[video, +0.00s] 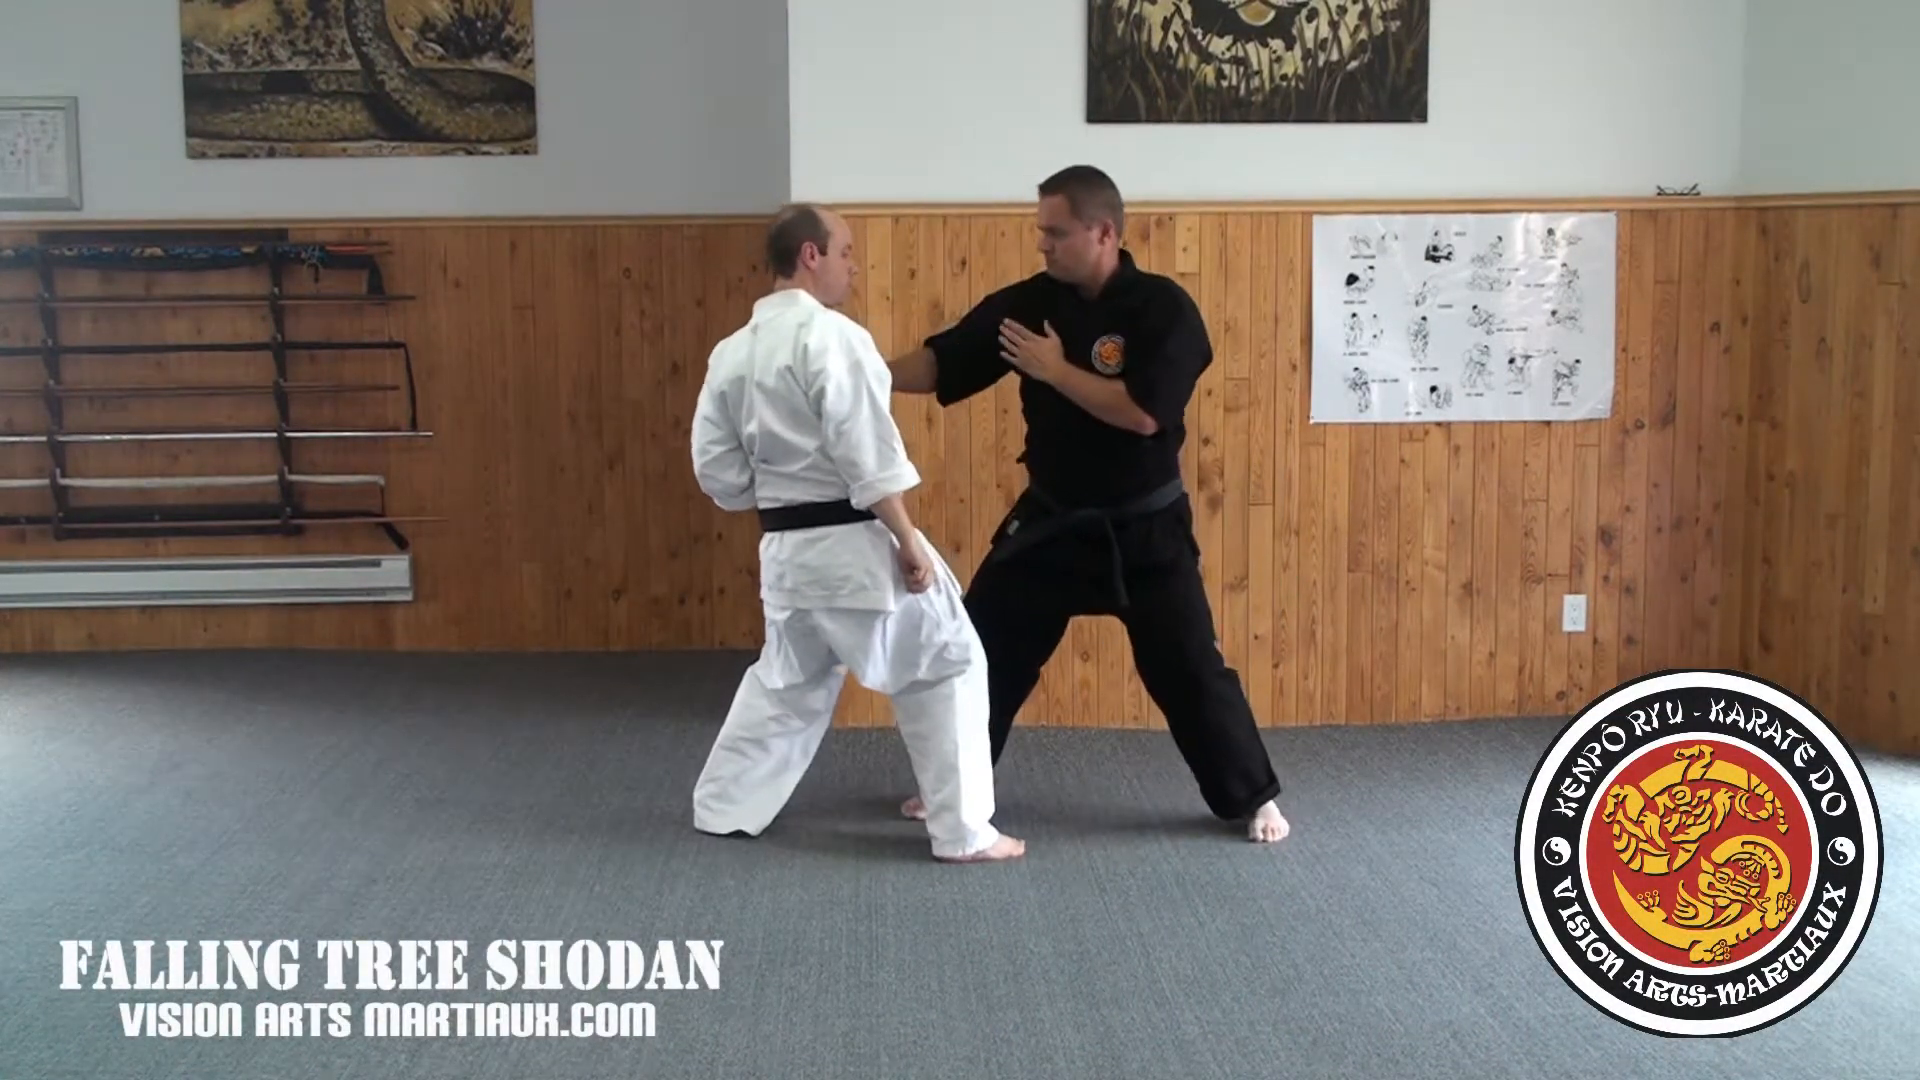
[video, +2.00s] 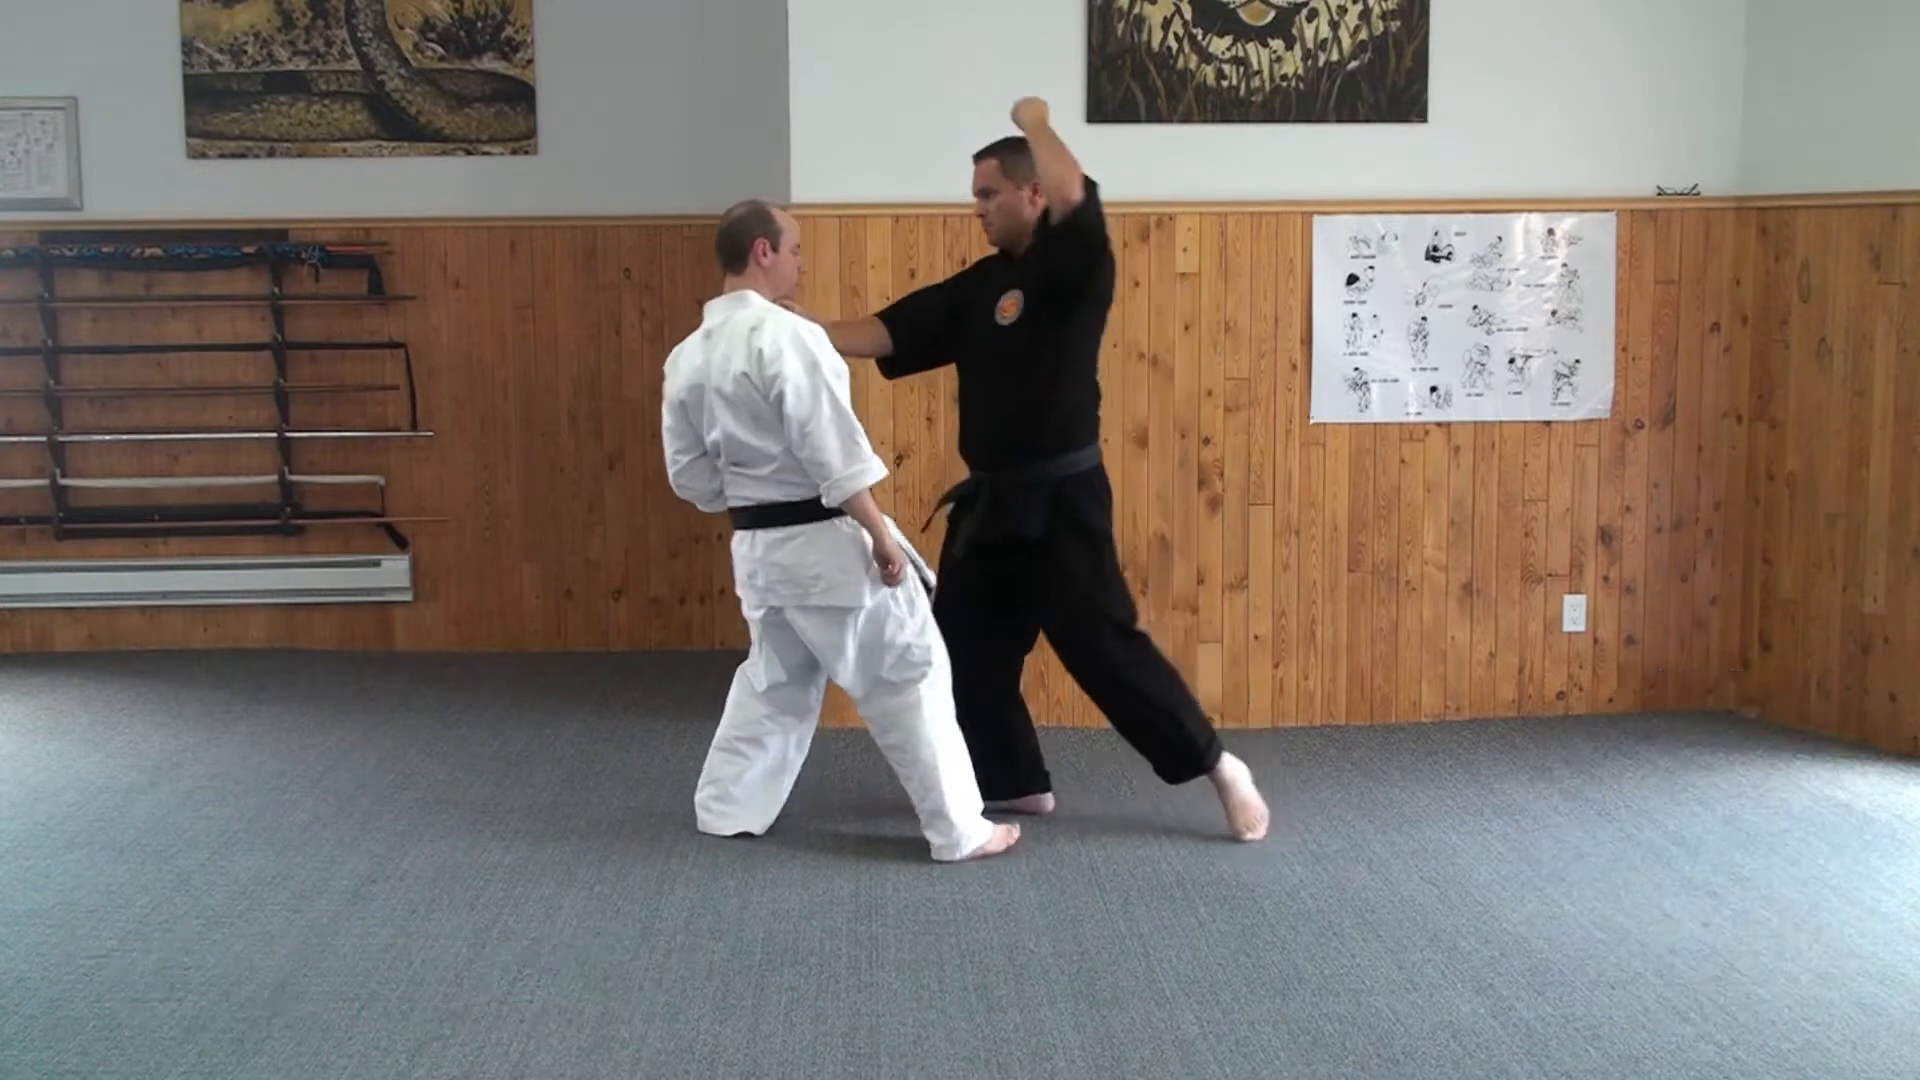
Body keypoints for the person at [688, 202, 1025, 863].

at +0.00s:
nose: (852, 270)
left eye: (851, 256)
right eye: (845, 256)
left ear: (786, 262)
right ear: (810, 258)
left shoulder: (730, 353)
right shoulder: (833, 337)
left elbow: (720, 474)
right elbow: (865, 448)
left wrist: (786, 501)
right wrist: (907, 536)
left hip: (784, 553)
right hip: (859, 548)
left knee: (787, 678)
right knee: (949, 664)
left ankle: (721, 807)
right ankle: (964, 830)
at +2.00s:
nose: (802, 265)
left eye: (800, 251)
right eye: (795, 251)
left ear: (743, 258)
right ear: (762, 254)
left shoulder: (686, 358)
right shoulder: (791, 337)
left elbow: (690, 476)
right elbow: (832, 450)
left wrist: (754, 506)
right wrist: (879, 532)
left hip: (756, 548)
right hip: (831, 542)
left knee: (775, 676)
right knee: (908, 677)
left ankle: (723, 810)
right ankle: (958, 828)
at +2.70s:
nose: (694, 243)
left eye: (694, 227)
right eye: (689, 227)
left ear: (626, 231)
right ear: (655, 229)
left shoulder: (565, 303)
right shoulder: (658, 317)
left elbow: (513, 403)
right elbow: (652, 446)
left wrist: (485, 487)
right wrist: (683, 543)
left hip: (563, 525)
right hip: (626, 531)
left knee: (632, 670)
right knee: (643, 685)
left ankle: (662, 804)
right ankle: (600, 839)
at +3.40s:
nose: (655, 253)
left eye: (654, 239)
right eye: (648, 239)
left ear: (594, 242)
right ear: (613, 240)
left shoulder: (529, 316)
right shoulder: (616, 315)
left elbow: (493, 440)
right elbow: (618, 426)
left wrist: (528, 505)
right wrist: (631, 529)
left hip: (529, 530)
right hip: (594, 532)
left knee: (545, 682)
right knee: (635, 687)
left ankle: (508, 796)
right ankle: (608, 837)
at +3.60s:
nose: (673, 253)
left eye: (671, 240)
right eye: (667, 240)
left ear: (607, 244)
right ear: (632, 242)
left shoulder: (542, 313)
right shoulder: (633, 315)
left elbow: (494, 418)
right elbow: (624, 423)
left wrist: (490, 501)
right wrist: (635, 530)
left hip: (525, 528)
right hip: (592, 533)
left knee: (540, 679)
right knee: (640, 685)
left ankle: (508, 797)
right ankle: (608, 837)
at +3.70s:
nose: (676, 256)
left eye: (675, 242)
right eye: (670, 241)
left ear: (609, 243)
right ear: (637, 241)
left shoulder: (544, 313)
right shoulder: (637, 317)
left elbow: (494, 416)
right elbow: (625, 424)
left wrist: (486, 498)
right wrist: (635, 529)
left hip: (524, 527)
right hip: (593, 534)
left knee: (537, 677)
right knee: (641, 685)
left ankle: (508, 797)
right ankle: (608, 838)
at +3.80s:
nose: (675, 254)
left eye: (674, 240)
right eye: (669, 240)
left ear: (610, 242)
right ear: (636, 240)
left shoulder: (544, 312)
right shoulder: (637, 317)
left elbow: (495, 414)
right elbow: (626, 423)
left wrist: (489, 497)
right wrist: (635, 529)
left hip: (523, 526)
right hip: (592, 532)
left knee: (535, 676)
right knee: (639, 686)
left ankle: (507, 797)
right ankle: (608, 838)